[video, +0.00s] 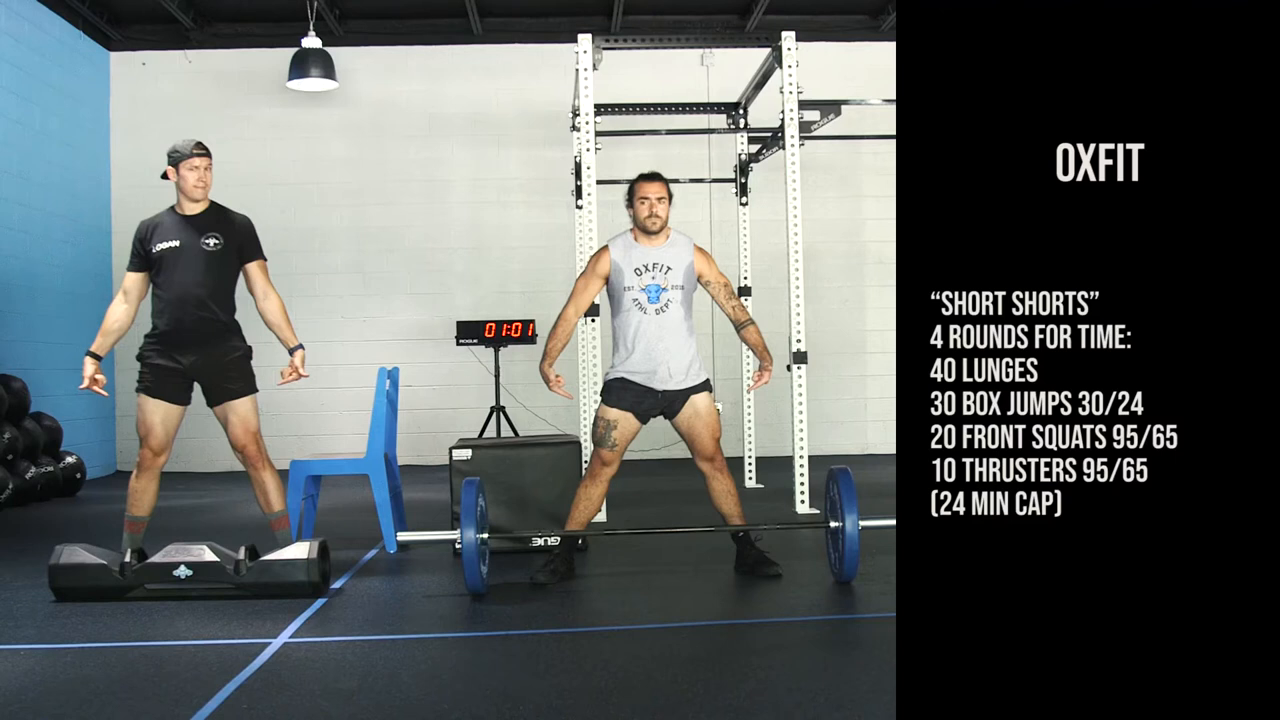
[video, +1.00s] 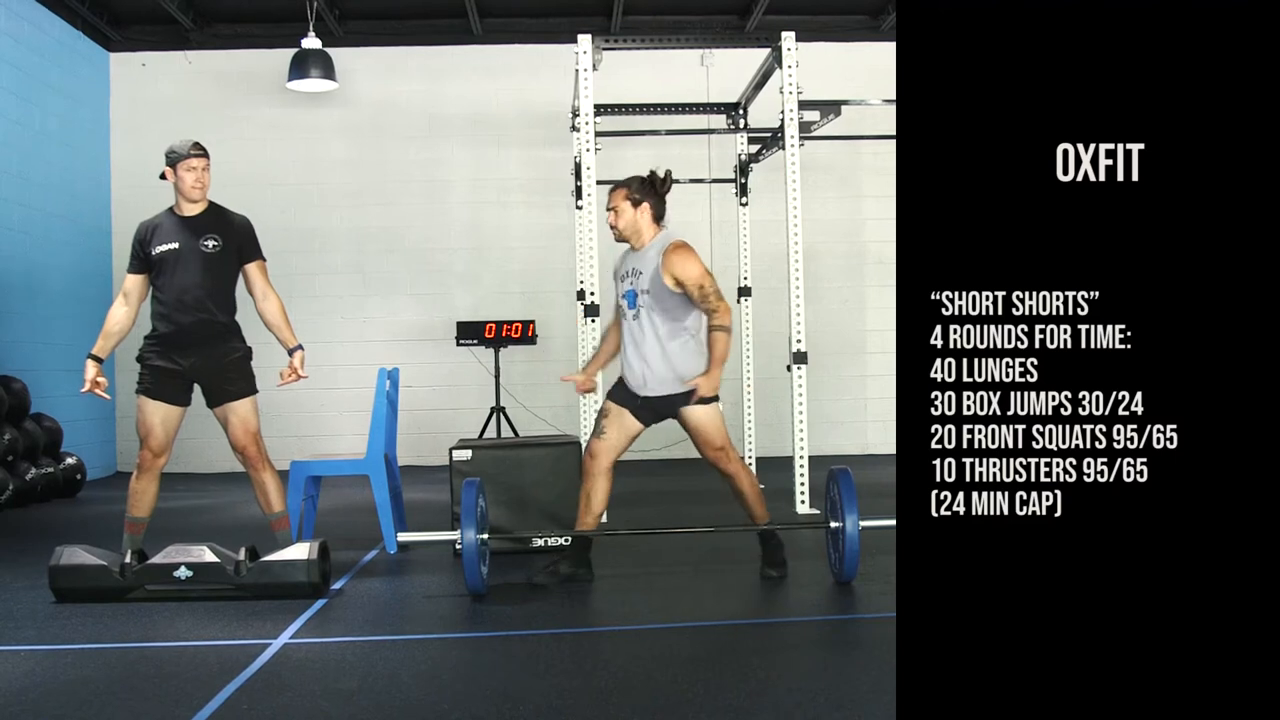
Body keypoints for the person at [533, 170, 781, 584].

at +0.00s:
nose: (653, 207)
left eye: (660, 200)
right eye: (644, 200)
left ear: (670, 206)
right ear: (631, 207)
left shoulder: (693, 256)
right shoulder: (609, 258)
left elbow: (734, 308)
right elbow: (572, 312)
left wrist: (764, 355)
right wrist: (547, 361)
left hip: (688, 381)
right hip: (629, 382)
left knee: (714, 460)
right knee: (602, 463)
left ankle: (747, 549)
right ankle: (565, 554)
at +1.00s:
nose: (609, 219)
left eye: (616, 210)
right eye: (609, 211)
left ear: (643, 209)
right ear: (633, 213)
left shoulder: (678, 257)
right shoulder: (625, 264)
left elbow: (720, 313)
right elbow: (622, 324)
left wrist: (714, 374)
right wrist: (591, 370)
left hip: (687, 387)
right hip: (635, 387)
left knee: (722, 457)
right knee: (597, 457)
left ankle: (769, 539)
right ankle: (579, 554)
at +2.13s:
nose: (676, 207)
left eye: (680, 198)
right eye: (675, 200)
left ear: (705, 194)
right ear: (701, 195)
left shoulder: (731, 241)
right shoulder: (704, 245)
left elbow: (743, 306)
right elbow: (705, 310)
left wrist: (717, 360)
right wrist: (676, 347)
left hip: (743, 366)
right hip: (713, 367)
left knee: (752, 452)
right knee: (723, 451)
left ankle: (775, 545)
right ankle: (729, 541)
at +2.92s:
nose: (620, 296)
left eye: (624, 287)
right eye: (620, 289)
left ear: (648, 284)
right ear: (650, 286)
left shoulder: (644, 336)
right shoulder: (660, 328)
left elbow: (601, 393)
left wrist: (550, 414)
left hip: (654, 453)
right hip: (633, 441)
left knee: (650, 550)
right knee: (562, 455)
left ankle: (736, 532)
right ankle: (577, 545)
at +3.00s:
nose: (612, 308)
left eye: (616, 299)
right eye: (612, 301)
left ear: (640, 296)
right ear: (641, 297)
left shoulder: (639, 348)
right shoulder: (653, 340)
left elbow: (591, 406)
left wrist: (541, 427)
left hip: (651, 464)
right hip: (627, 450)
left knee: (643, 557)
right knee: (558, 455)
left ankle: (729, 533)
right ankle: (576, 545)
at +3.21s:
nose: (623, 280)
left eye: (627, 271)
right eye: (623, 272)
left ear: (651, 269)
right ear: (653, 271)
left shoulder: (651, 321)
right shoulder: (662, 312)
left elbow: (607, 377)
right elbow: (643, 379)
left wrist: (558, 404)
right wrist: (605, 399)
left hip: (661, 438)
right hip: (637, 428)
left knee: (658, 531)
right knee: (570, 455)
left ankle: (744, 530)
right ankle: (577, 543)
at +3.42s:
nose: (640, 224)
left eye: (644, 216)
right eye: (640, 217)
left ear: (667, 212)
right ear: (672, 214)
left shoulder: (672, 260)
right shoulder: (685, 256)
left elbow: (645, 319)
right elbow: (677, 323)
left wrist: (605, 365)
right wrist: (641, 353)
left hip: (693, 382)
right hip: (674, 381)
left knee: (718, 466)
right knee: (628, 437)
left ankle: (776, 539)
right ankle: (644, 529)